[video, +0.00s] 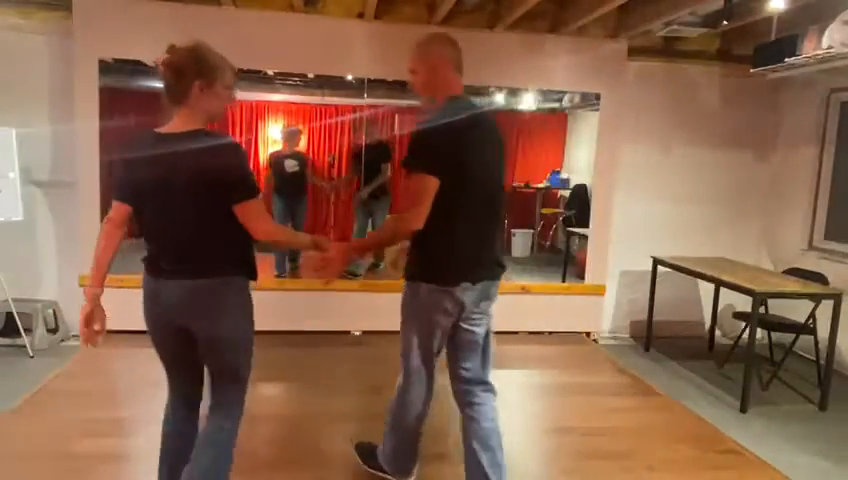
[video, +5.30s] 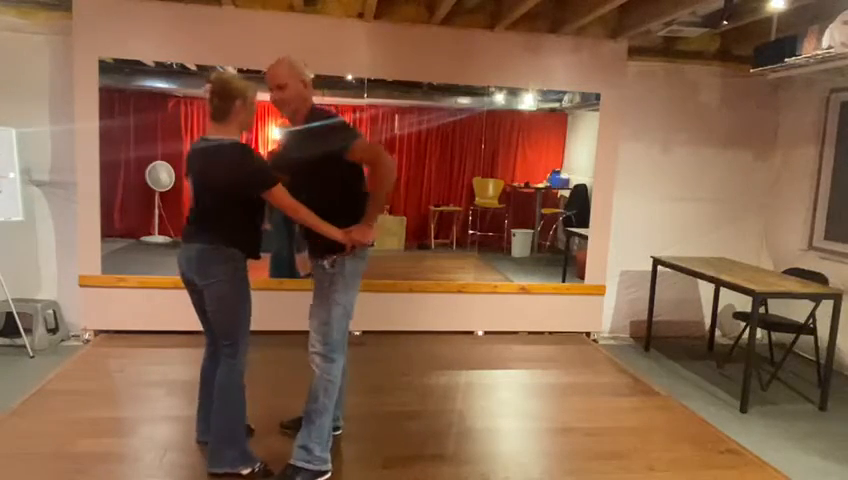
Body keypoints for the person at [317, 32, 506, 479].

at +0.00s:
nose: (411, 77)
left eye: (415, 69)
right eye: (412, 69)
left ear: (434, 68)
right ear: (454, 69)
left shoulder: (434, 131)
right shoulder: (486, 126)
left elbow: (412, 218)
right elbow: (482, 204)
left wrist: (355, 249)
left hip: (436, 274)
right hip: (483, 271)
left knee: (417, 370)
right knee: (476, 384)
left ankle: (396, 460)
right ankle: (490, 475)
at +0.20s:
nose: (389, 81)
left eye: (394, 72)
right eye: (389, 73)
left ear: (417, 69)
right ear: (428, 71)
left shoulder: (420, 127)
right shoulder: (455, 124)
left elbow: (406, 210)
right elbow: (451, 203)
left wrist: (354, 243)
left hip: (416, 263)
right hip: (453, 263)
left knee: (401, 364)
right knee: (430, 358)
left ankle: (394, 459)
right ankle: (464, 459)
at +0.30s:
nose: (381, 79)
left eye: (387, 70)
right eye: (382, 71)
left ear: (409, 69)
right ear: (416, 71)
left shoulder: (414, 126)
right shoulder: (440, 123)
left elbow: (405, 209)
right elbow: (431, 200)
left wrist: (351, 239)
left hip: (409, 259)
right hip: (439, 256)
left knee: (396, 360)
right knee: (406, 352)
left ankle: (395, 459)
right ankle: (427, 443)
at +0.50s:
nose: (371, 84)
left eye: (377, 76)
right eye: (370, 77)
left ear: (402, 75)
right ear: (384, 79)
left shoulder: (410, 127)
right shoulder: (397, 124)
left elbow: (409, 205)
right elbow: (374, 182)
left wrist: (357, 235)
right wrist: (329, 187)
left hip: (402, 259)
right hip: (391, 255)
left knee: (378, 356)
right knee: (372, 337)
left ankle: (397, 461)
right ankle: (367, 404)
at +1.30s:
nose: (339, 97)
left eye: (346, 90)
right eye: (337, 91)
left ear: (370, 91)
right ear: (339, 95)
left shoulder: (388, 137)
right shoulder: (344, 140)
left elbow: (401, 198)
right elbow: (318, 186)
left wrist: (359, 234)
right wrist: (274, 195)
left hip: (377, 246)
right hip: (345, 244)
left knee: (338, 324)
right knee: (339, 325)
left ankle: (336, 432)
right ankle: (357, 405)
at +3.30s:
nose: (301, 88)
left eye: (307, 78)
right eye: (299, 80)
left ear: (334, 77)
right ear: (324, 80)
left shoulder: (349, 123)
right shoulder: (332, 123)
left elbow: (381, 189)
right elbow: (330, 184)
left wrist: (343, 249)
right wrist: (299, 189)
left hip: (336, 260)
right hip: (329, 256)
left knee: (319, 360)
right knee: (334, 343)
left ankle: (315, 465)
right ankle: (341, 418)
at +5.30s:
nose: (275, 97)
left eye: (281, 88)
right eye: (271, 90)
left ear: (305, 85)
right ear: (277, 92)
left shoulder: (328, 125)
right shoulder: (297, 135)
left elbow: (384, 164)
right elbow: (271, 179)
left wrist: (368, 223)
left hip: (343, 253)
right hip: (323, 253)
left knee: (325, 349)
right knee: (327, 342)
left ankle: (313, 460)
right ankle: (326, 418)